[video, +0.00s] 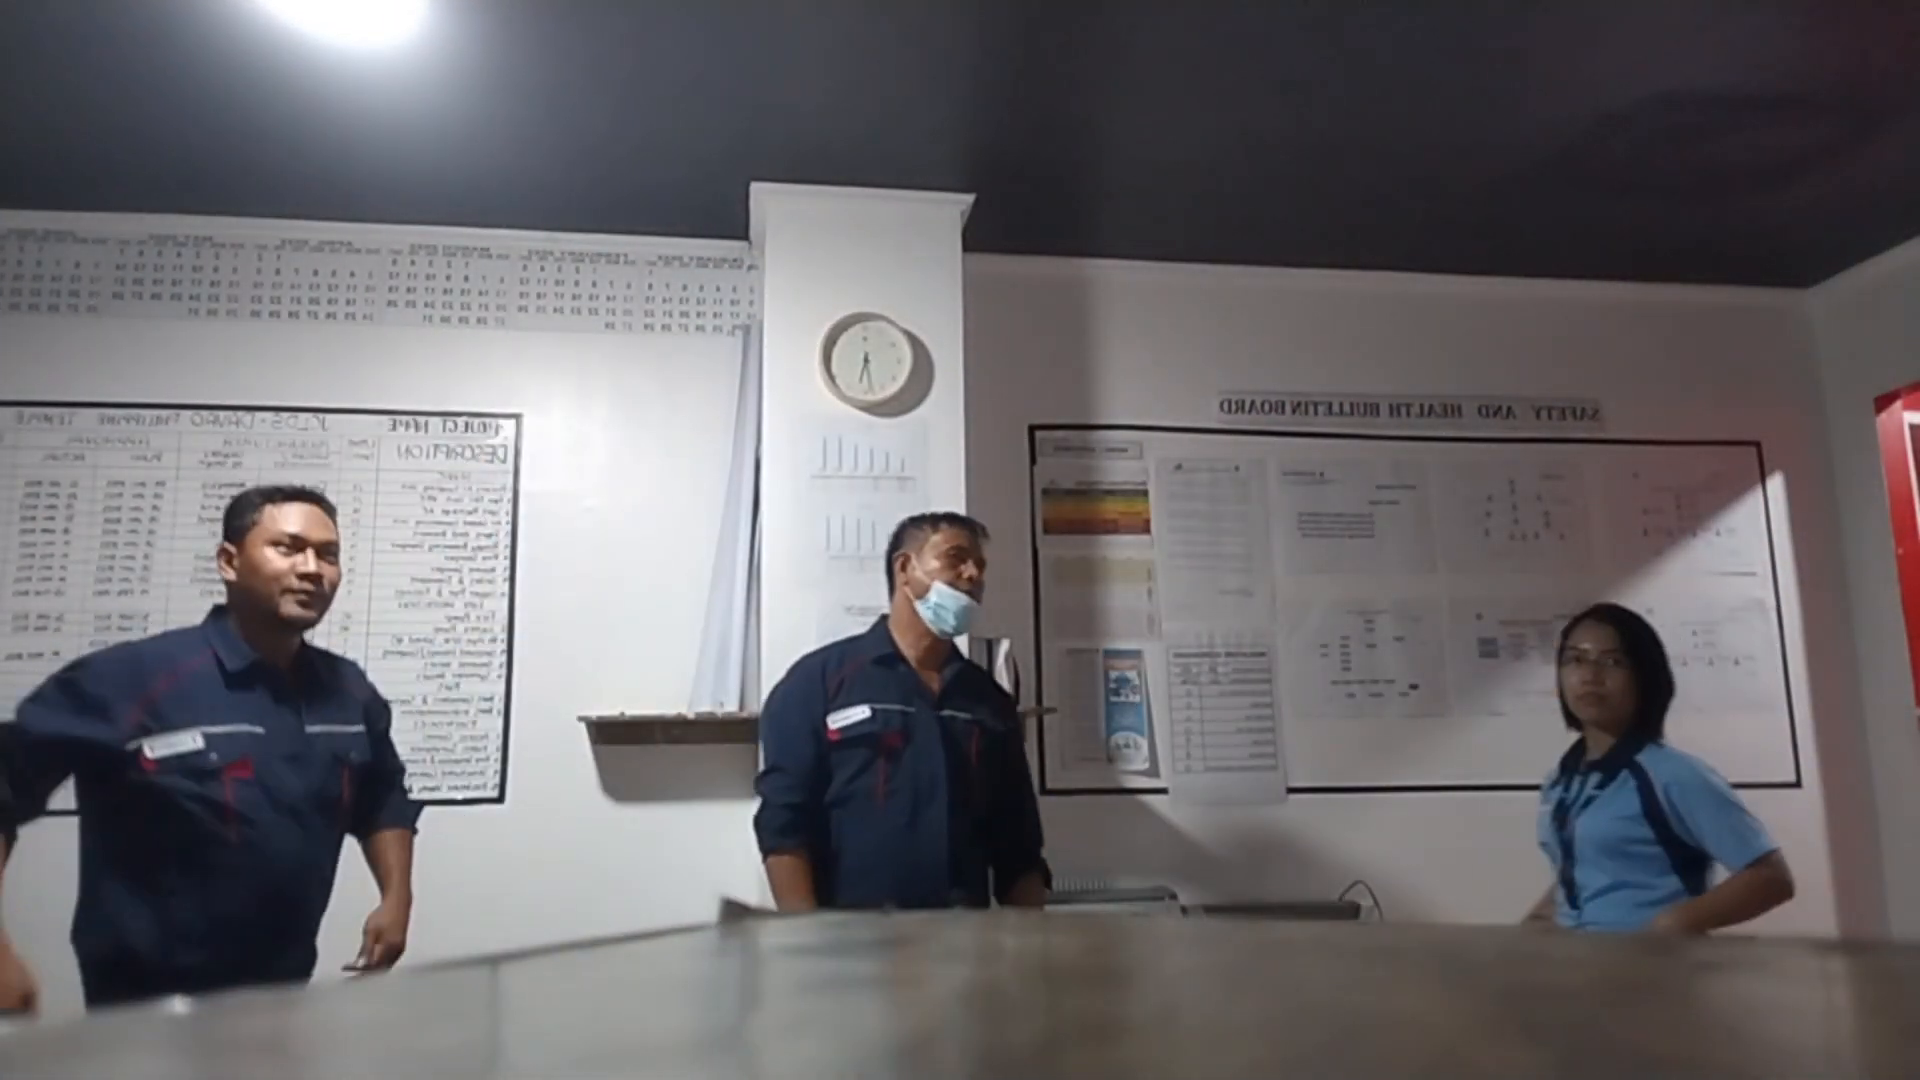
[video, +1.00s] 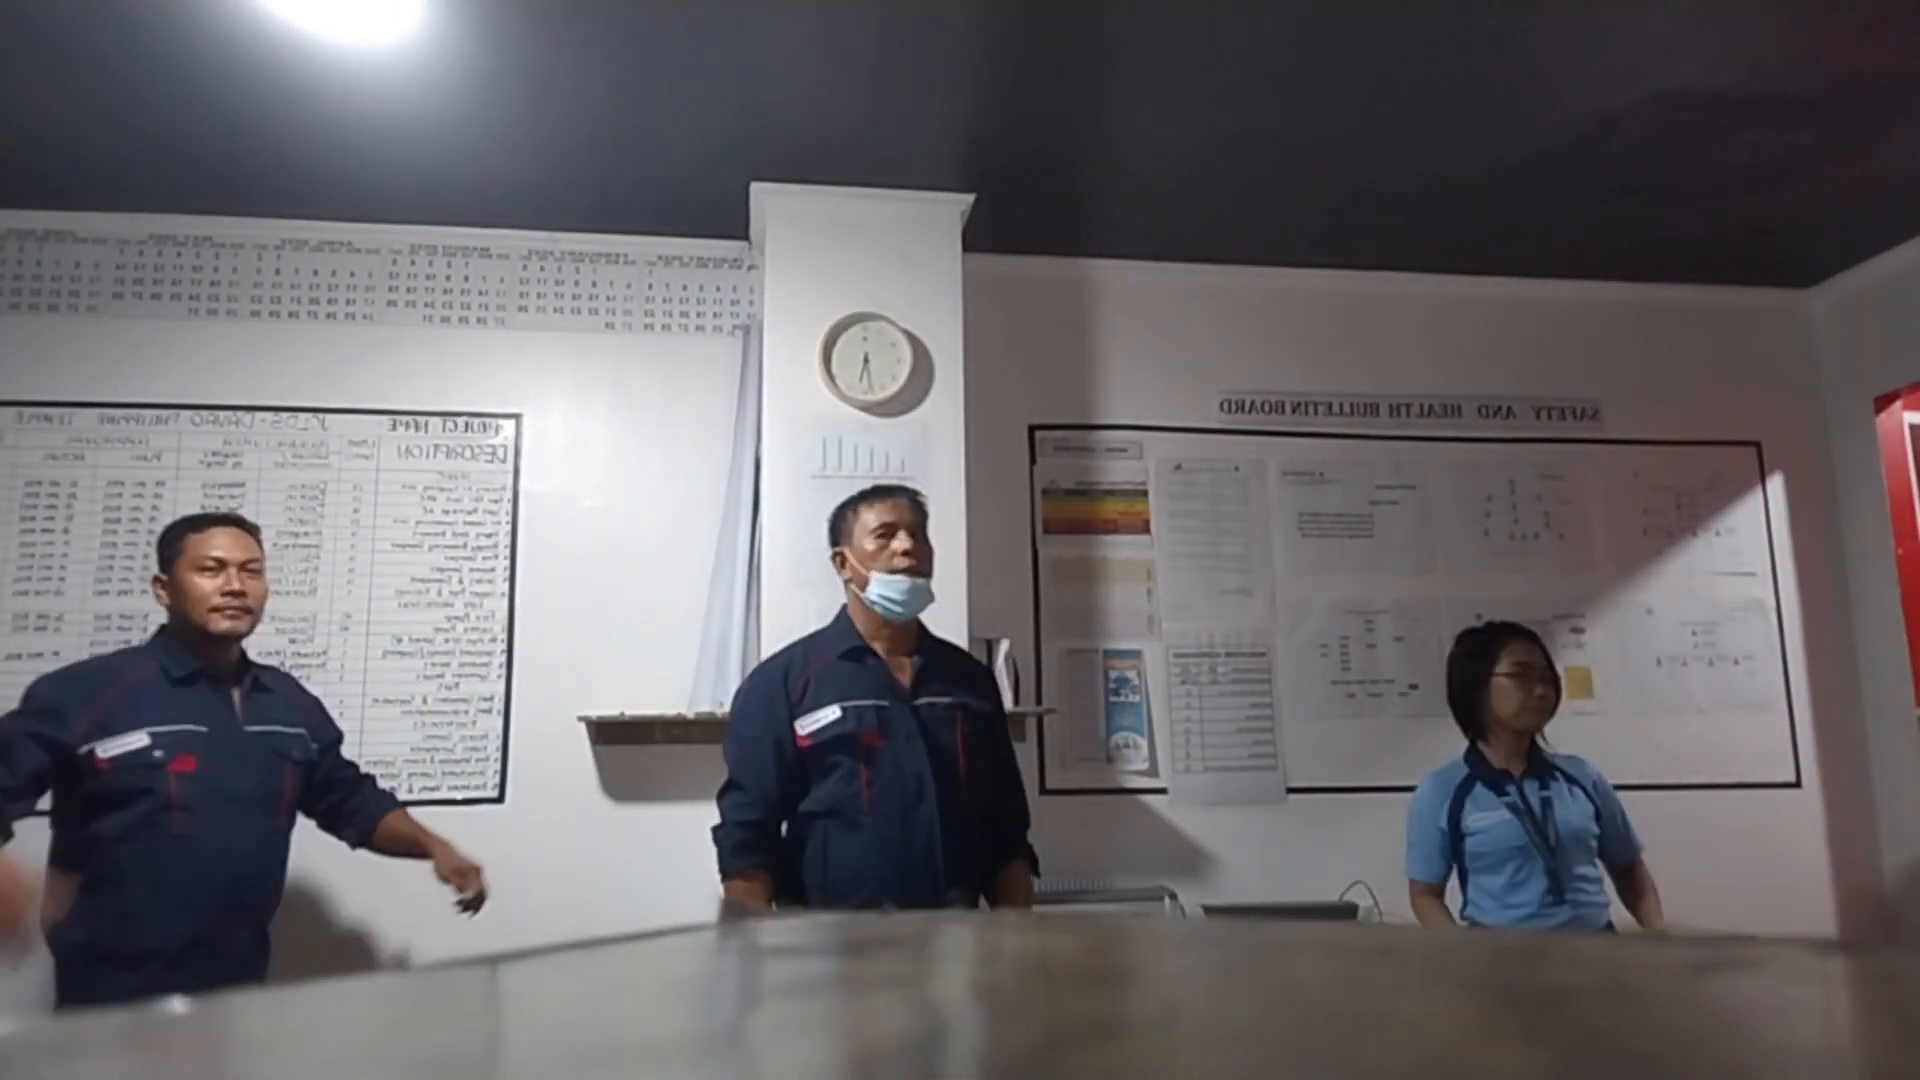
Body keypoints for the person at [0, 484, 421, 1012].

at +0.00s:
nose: (312, 568)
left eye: (327, 555)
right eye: (288, 547)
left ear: (340, 573)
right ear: (230, 561)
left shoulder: (348, 696)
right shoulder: (124, 683)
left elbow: (384, 798)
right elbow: (6, 787)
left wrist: (397, 899)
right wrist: (2, 949)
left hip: (276, 1007)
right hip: (143, 1013)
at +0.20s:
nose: (325, 612)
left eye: (340, 598)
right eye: (303, 592)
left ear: (353, 613)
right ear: (251, 605)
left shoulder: (332, 730)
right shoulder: (159, 716)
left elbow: (338, 883)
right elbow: (81, 874)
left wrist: (376, 1005)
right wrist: (14, 1020)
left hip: (249, 1015)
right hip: (131, 1023)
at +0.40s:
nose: (319, 584)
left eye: (335, 569)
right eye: (298, 564)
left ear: (346, 584)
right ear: (248, 573)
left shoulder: (334, 703)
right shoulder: (151, 669)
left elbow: (309, 847)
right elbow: (86, 823)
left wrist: (275, 967)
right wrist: (53, 966)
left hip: (248, 980)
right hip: (135, 977)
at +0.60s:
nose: (299, 590)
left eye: (315, 578)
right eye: (279, 571)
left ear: (327, 597)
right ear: (232, 586)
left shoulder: (319, 719)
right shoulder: (135, 689)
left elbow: (286, 865)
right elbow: (78, 854)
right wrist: (21, 986)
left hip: (254, 1001)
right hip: (134, 997)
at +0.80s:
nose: (274, 574)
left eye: (289, 560)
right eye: (253, 557)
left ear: (304, 581)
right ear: (205, 575)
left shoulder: (312, 704)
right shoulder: (114, 676)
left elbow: (324, 824)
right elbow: (26, 815)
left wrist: (349, 926)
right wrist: (8, 955)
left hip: (243, 989)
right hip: (122, 986)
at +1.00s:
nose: (235, 585)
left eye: (250, 570)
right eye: (211, 569)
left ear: (265, 586)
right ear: (164, 588)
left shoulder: (290, 707)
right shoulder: (76, 698)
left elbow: (346, 798)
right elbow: (1, 799)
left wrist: (434, 847)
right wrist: (11, 880)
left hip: (233, 996)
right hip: (106, 1001)